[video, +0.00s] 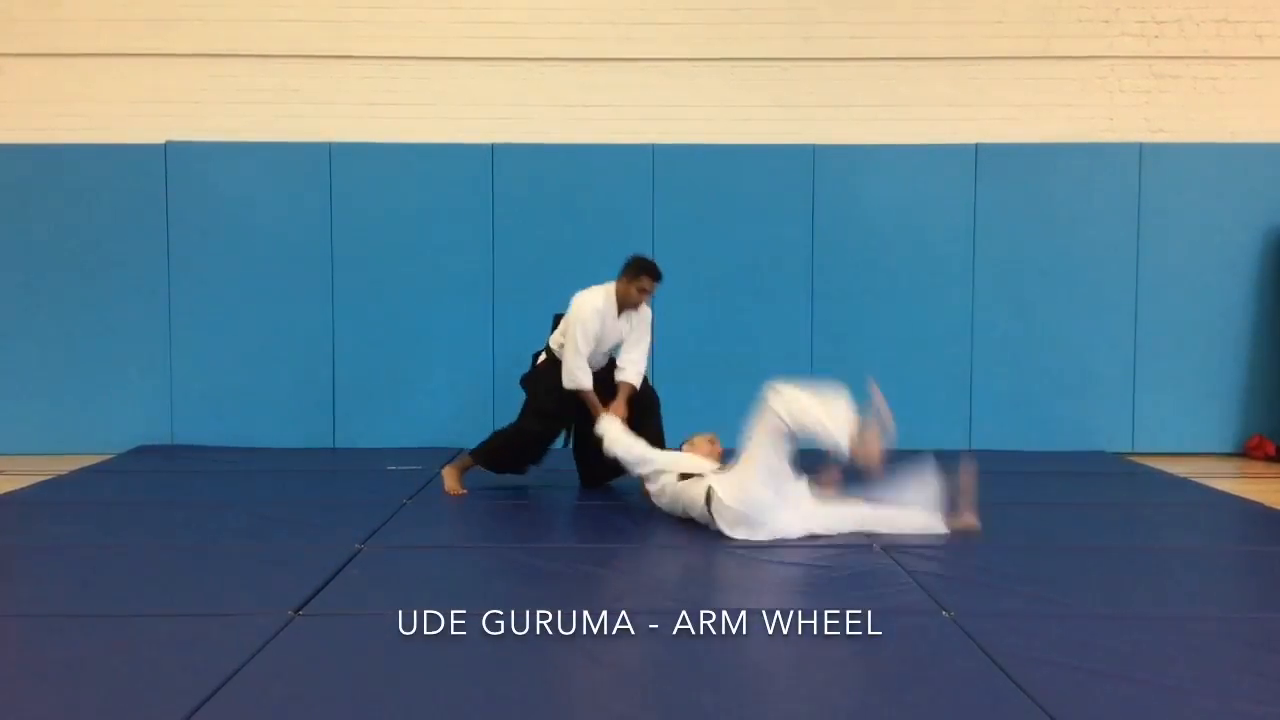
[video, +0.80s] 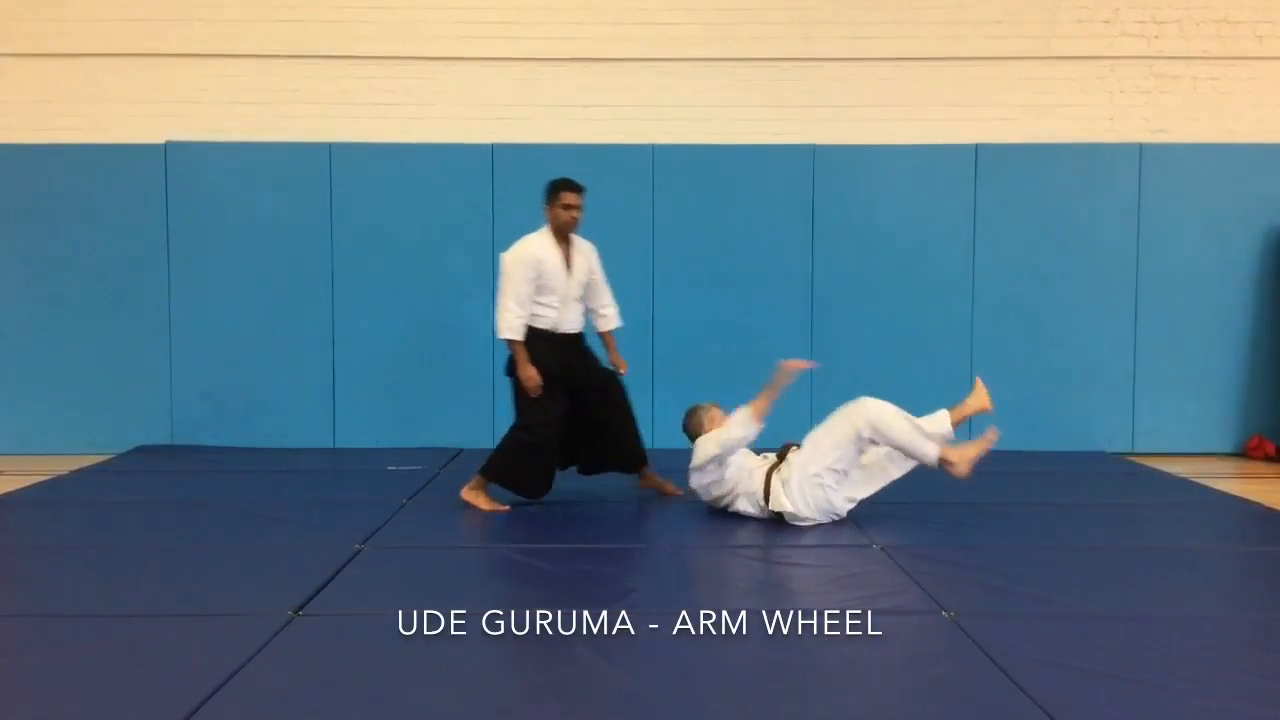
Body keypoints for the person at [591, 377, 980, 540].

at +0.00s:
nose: (715, 446)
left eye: (717, 445)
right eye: (706, 442)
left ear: (721, 455)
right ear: (685, 448)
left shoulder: (734, 472)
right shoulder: (672, 467)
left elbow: (774, 491)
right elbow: (630, 451)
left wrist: (816, 490)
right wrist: (607, 419)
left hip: (784, 520)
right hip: (742, 504)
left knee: (866, 516)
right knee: (776, 398)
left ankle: (948, 522)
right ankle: (854, 438)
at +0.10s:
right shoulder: (677, 445)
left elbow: (778, 455)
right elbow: (646, 426)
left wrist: (814, 426)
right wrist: (621, 401)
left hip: (790, 500)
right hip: (755, 487)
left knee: (871, 448)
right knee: (844, 424)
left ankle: (947, 409)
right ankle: (848, 521)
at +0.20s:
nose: (694, 412)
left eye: (688, 408)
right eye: (685, 410)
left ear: (689, 420)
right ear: (674, 425)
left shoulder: (723, 444)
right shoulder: (684, 451)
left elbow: (768, 440)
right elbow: (650, 415)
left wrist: (813, 417)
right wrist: (636, 382)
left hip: (803, 485)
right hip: (778, 495)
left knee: (867, 411)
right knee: (837, 427)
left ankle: (940, 361)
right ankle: (871, 511)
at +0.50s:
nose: (727, 427)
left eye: (724, 422)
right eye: (718, 424)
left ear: (720, 431)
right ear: (701, 435)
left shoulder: (748, 457)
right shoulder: (697, 463)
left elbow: (792, 465)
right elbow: (663, 448)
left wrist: (820, 423)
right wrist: (635, 420)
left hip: (831, 496)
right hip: (800, 505)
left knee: (882, 424)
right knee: (799, 412)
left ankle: (949, 366)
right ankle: (868, 462)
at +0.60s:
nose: (728, 430)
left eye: (726, 425)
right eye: (719, 426)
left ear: (721, 434)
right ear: (698, 435)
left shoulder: (738, 463)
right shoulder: (700, 463)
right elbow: (680, 445)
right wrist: (671, 406)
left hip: (821, 497)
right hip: (794, 502)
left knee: (877, 437)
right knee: (803, 405)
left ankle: (947, 383)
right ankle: (880, 447)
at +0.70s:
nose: (719, 424)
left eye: (717, 419)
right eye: (708, 421)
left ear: (716, 430)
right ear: (691, 436)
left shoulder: (731, 465)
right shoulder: (698, 475)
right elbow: (707, 440)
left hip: (821, 501)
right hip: (793, 497)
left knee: (882, 442)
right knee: (829, 402)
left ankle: (946, 397)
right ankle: (918, 441)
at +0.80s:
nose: (729, 417)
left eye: (725, 413)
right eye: (719, 414)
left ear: (711, 425)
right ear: (704, 427)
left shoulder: (725, 465)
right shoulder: (705, 456)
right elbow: (741, 429)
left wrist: (787, 459)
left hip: (816, 501)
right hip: (797, 488)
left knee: (894, 449)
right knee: (863, 413)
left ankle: (962, 412)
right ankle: (948, 457)